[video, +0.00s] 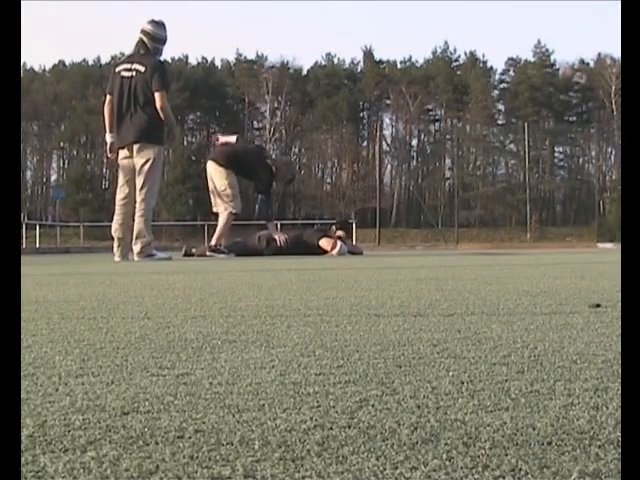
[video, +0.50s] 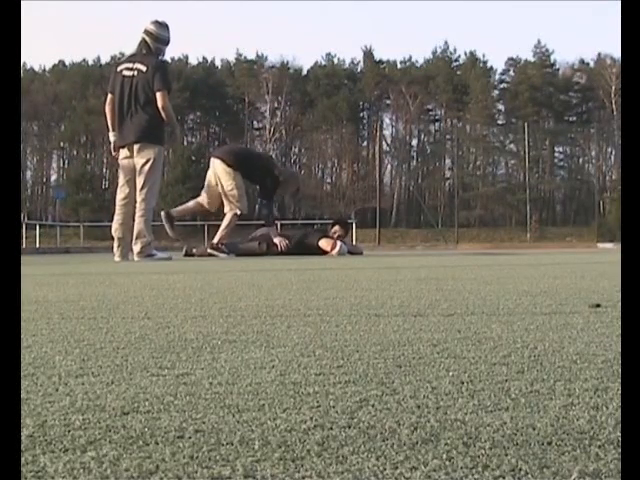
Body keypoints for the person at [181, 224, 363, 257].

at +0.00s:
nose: (339, 243)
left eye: (341, 241)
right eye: (340, 240)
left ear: (334, 234)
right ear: (335, 236)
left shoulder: (323, 238)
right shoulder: (320, 236)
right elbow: (334, 249)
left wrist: (345, 246)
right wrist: (350, 248)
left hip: (272, 241)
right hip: (271, 242)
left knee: (234, 247)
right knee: (233, 248)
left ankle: (198, 251)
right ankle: (197, 252)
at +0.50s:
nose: (337, 239)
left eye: (341, 236)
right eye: (336, 234)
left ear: (343, 236)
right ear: (330, 231)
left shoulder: (331, 243)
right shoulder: (318, 237)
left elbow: (359, 251)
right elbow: (333, 248)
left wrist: (344, 247)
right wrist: (352, 249)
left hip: (272, 243)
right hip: (268, 239)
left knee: (233, 246)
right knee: (234, 246)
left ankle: (199, 252)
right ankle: (200, 251)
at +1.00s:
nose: (337, 242)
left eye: (340, 240)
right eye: (338, 238)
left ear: (337, 239)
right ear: (333, 235)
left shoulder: (324, 241)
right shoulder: (320, 237)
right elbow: (333, 249)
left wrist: (346, 246)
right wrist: (346, 248)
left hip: (272, 240)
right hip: (270, 241)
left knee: (232, 247)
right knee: (231, 248)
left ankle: (197, 252)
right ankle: (197, 252)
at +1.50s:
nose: (339, 242)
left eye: (342, 240)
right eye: (340, 238)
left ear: (338, 239)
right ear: (335, 235)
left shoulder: (326, 239)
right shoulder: (321, 238)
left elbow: (357, 251)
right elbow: (333, 249)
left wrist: (345, 247)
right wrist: (343, 247)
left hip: (273, 240)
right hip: (270, 242)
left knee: (234, 246)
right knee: (233, 249)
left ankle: (199, 251)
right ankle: (197, 252)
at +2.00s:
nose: (338, 242)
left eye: (341, 240)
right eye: (340, 239)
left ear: (338, 238)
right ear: (336, 236)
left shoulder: (326, 241)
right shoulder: (323, 238)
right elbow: (331, 247)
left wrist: (346, 247)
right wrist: (340, 248)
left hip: (275, 245)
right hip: (274, 245)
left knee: (235, 246)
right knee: (235, 247)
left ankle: (200, 251)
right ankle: (201, 251)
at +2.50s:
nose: (338, 244)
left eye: (340, 242)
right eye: (340, 241)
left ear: (335, 234)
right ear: (335, 237)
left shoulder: (320, 235)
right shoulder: (320, 237)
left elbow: (348, 248)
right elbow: (330, 248)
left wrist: (344, 246)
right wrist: (339, 248)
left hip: (270, 237)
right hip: (271, 243)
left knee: (226, 248)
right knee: (223, 250)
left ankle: (193, 252)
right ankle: (221, 216)